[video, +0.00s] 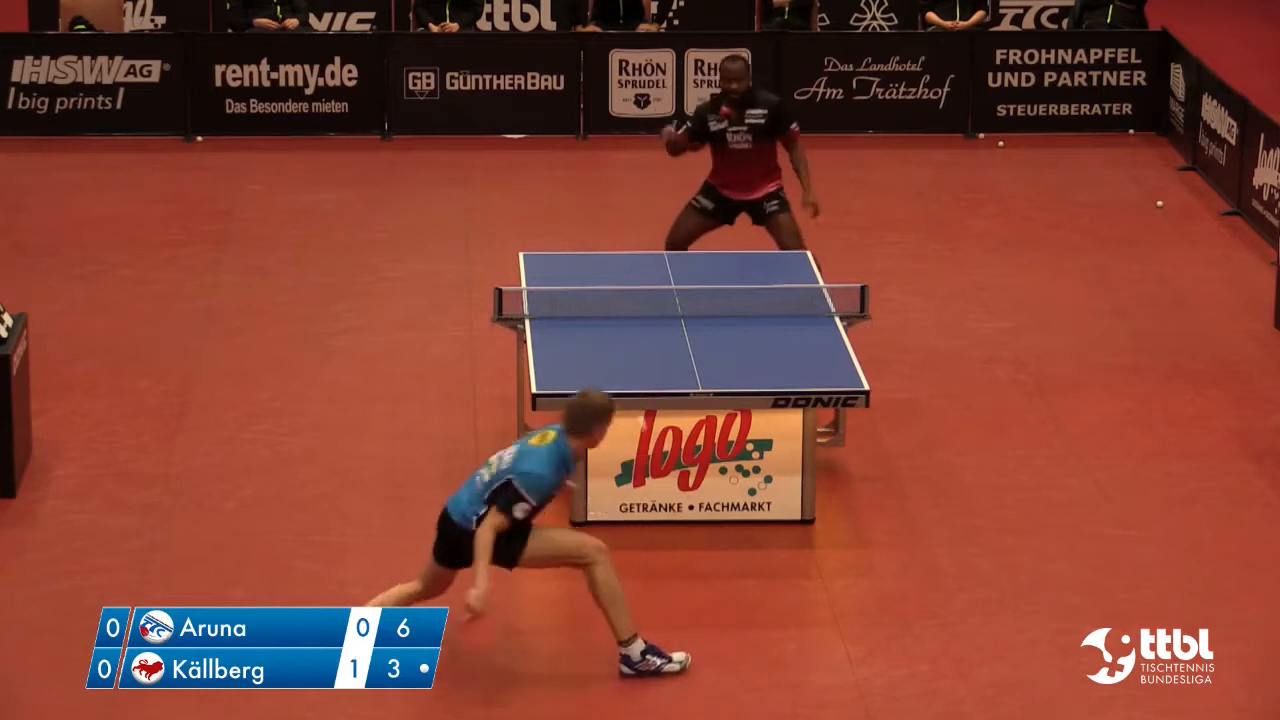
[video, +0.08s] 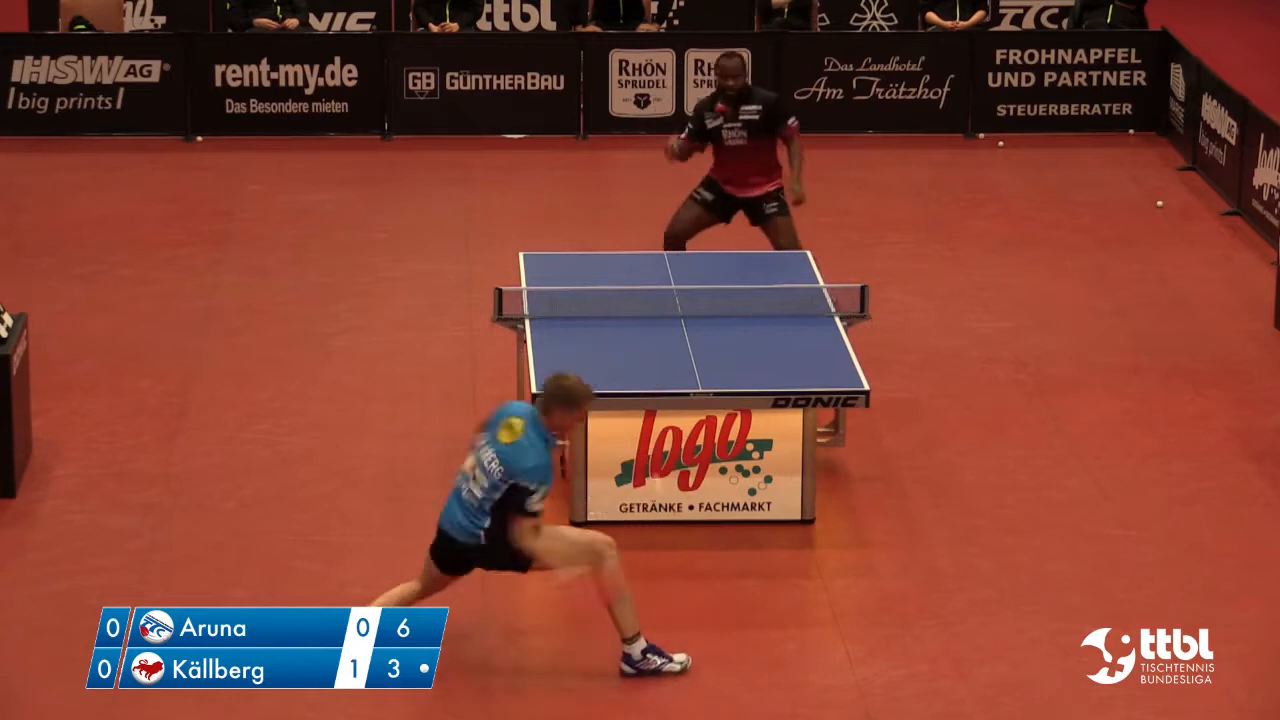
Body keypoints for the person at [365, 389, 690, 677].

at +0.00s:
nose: (607, 432)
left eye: (606, 424)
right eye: (607, 426)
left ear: (573, 416)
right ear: (595, 431)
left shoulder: (554, 435)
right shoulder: (541, 472)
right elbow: (487, 527)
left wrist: (561, 481)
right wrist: (481, 587)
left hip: (455, 518)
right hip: (484, 536)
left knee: (424, 587)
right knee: (592, 551)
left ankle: (354, 623)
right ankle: (634, 651)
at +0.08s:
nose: (579, 424)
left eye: (580, 417)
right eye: (578, 417)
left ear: (546, 400)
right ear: (562, 415)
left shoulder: (511, 410)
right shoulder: (537, 465)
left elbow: (479, 444)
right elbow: (522, 535)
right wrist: (561, 562)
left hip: (453, 533)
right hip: (494, 544)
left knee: (420, 587)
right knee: (603, 549)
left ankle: (356, 629)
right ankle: (637, 651)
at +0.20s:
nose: (549, 382)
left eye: (549, 375)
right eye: (548, 376)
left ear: (508, 370)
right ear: (536, 379)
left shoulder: (469, 399)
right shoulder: (542, 418)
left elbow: (439, 440)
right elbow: (602, 408)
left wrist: (482, 426)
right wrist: (594, 354)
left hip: (437, 532)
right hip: (489, 538)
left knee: (405, 568)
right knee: (596, 551)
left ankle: (344, 626)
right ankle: (637, 649)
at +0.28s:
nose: (534, 348)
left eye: (527, 340)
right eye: (532, 342)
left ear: (492, 341)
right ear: (529, 346)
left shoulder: (457, 380)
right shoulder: (534, 386)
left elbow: (413, 428)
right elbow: (587, 356)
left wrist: (429, 412)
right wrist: (551, 315)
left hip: (437, 509)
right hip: (491, 515)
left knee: (393, 553)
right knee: (588, 551)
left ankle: (340, 623)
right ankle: (633, 648)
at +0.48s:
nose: (503, 326)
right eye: (503, 321)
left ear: (463, 323)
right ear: (500, 324)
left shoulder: (435, 364)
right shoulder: (519, 363)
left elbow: (405, 435)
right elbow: (575, 393)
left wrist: (428, 412)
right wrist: (567, 341)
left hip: (436, 489)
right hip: (492, 491)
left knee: (382, 538)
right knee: (570, 546)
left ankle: (349, 628)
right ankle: (591, 651)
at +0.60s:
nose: (510, 343)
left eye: (509, 337)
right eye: (509, 339)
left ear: (467, 342)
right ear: (504, 344)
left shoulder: (437, 383)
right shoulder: (519, 392)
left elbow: (402, 446)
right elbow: (576, 433)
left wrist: (425, 429)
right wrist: (577, 390)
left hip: (436, 505)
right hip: (492, 509)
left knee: (383, 551)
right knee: (565, 562)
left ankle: (346, 637)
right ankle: (585, 665)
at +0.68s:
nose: (526, 347)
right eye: (526, 342)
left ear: (484, 345)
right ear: (522, 347)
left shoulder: (453, 381)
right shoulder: (533, 396)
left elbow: (409, 436)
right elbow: (589, 447)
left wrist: (446, 435)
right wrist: (594, 420)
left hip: (442, 501)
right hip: (499, 504)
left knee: (388, 551)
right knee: (585, 551)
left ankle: (347, 636)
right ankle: (600, 661)